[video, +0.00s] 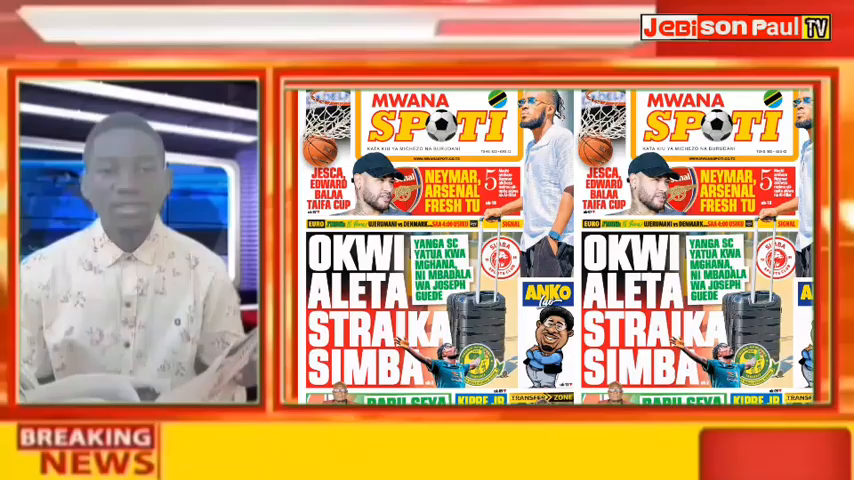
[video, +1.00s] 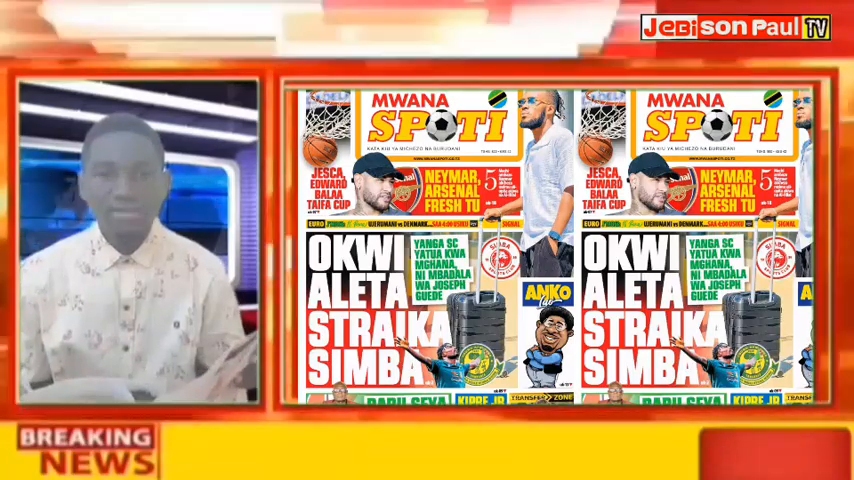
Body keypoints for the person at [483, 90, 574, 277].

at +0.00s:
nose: (523, 107)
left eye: (531, 101)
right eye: (522, 103)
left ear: (549, 110)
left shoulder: (563, 138)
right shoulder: (531, 147)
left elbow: (571, 192)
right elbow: (532, 196)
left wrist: (554, 238)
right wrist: (502, 211)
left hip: (551, 241)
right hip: (530, 242)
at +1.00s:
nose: (523, 107)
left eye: (531, 101)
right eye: (522, 103)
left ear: (549, 110)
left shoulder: (563, 139)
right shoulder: (531, 147)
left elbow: (571, 192)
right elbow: (532, 196)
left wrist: (554, 238)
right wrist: (502, 211)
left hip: (552, 241)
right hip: (530, 242)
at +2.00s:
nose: (523, 107)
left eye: (531, 101)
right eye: (522, 103)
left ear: (549, 110)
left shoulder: (563, 139)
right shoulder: (531, 147)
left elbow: (571, 192)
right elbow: (532, 196)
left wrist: (554, 238)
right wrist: (502, 211)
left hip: (551, 241)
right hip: (530, 242)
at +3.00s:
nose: (523, 107)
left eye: (531, 101)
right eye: (522, 103)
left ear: (550, 110)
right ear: (519, 108)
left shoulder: (563, 139)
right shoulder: (531, 147)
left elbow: (571, 192)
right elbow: (532, 195)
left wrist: (554, 238)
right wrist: (502, 211)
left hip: (551, 241)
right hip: (530, 242)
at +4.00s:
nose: (523, 107)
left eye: (531, 101)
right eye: (522, 103)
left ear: (549, 110)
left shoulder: (563, 139)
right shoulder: (531, 147)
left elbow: (571, 192)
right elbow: (532, 196)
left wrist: (554, 238)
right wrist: (502, 211)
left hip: (551, 241)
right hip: (529, 242)